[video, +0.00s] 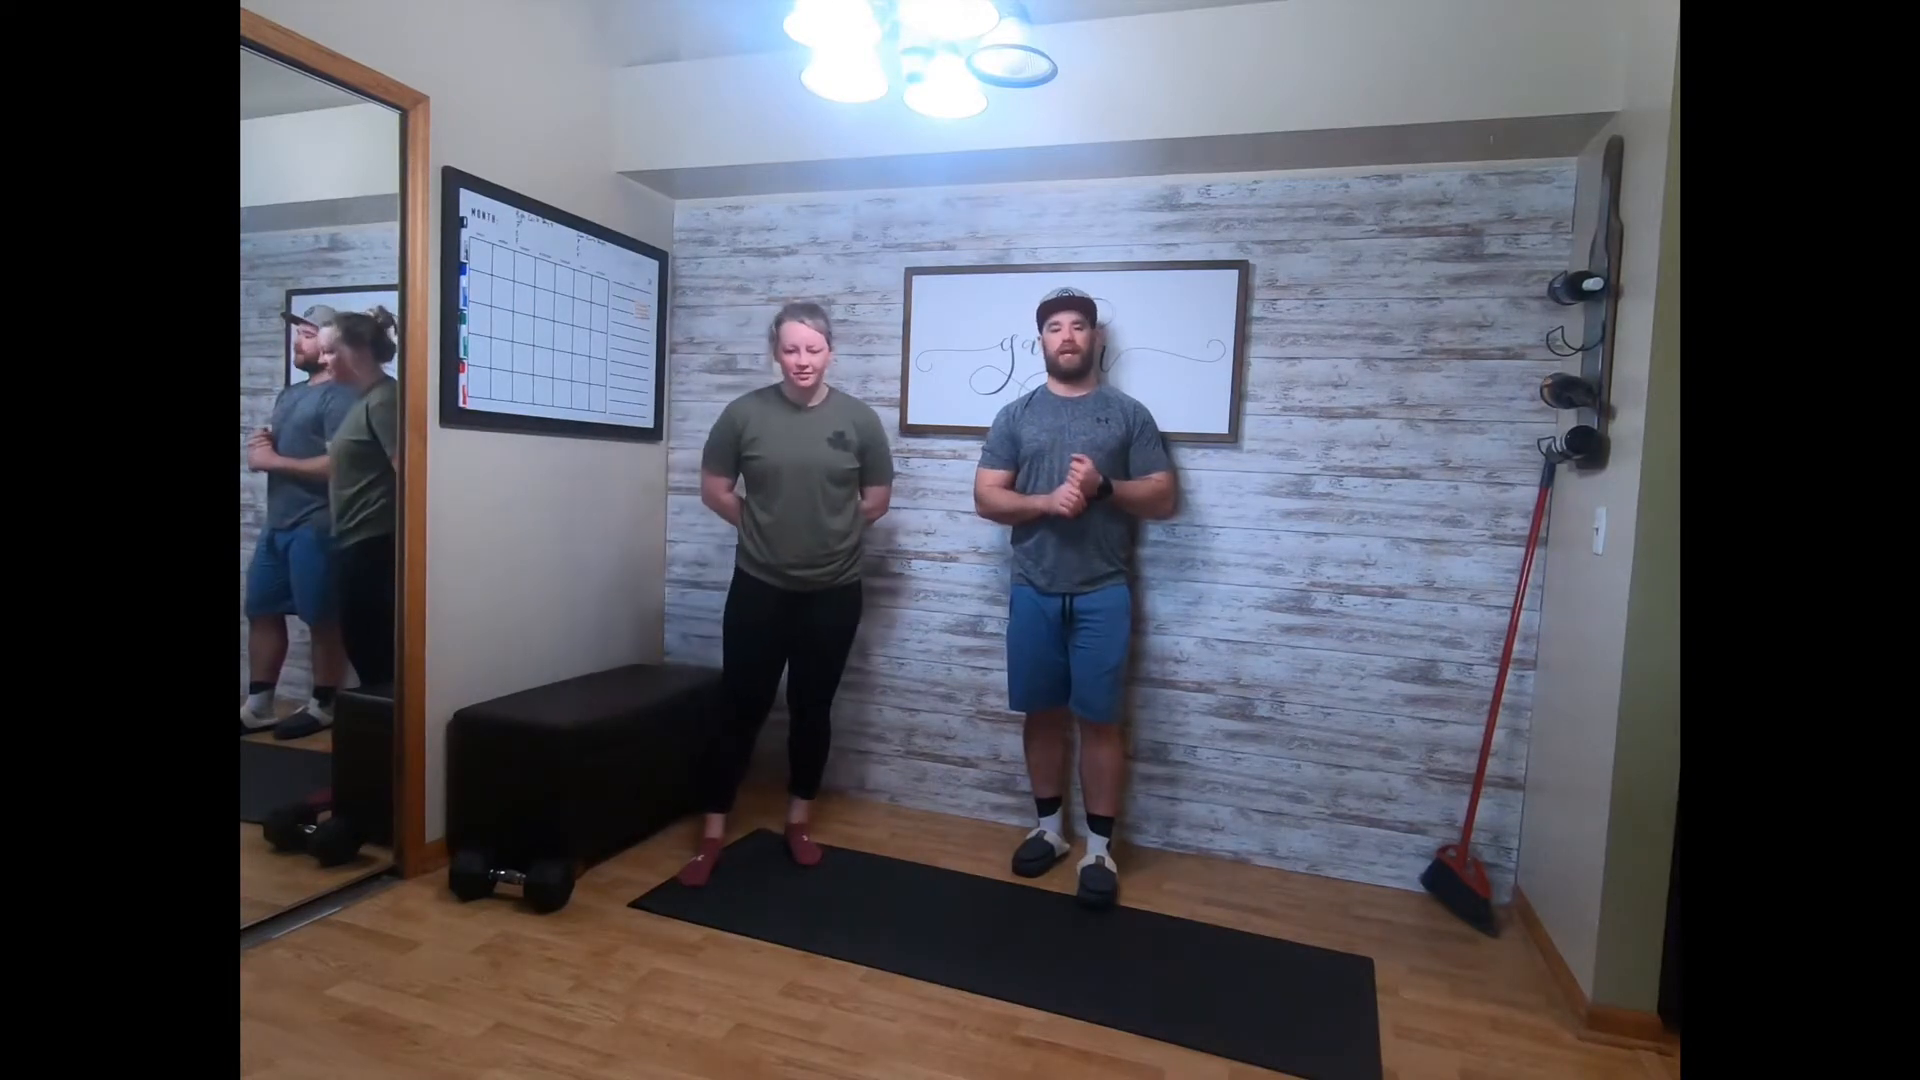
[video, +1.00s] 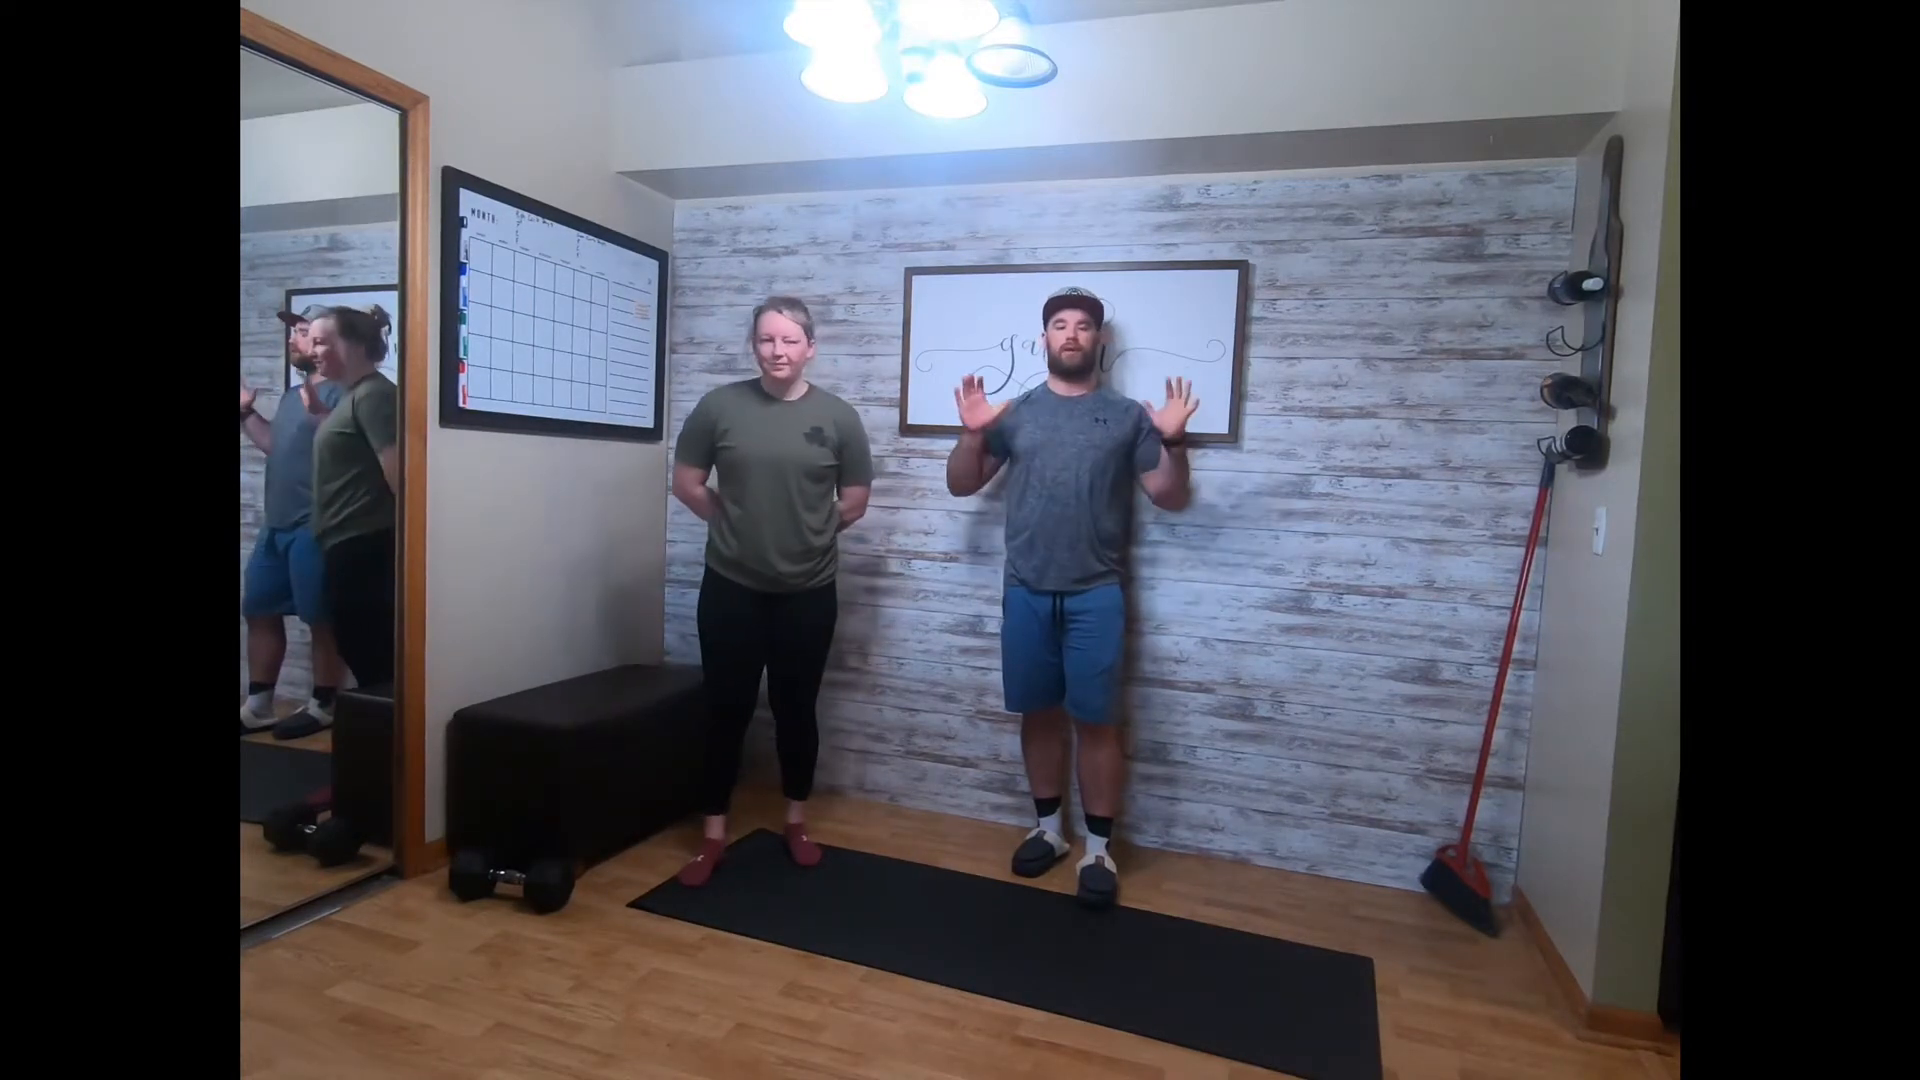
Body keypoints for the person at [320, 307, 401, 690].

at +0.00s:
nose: (326, 362)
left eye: (330, 352)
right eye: (325, 354)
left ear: (355, 350)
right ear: (357, 352)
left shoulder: (383, 400)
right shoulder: (367, 400)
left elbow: (407, 474)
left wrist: (409, 540)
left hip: (376, 544)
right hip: (358, 542)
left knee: (370, 646)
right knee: (364, 644)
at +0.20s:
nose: (326, 365)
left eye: (330, 354)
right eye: (324, 357)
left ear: (357, 351)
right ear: (358, 353)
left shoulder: (388, 400)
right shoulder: (360, 401)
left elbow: (414, 472)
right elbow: (355, 468)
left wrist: (411, 538)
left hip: (380, 544)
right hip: (356, 543)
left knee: (374, 647)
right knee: (363, 645)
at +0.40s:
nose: (324, 368)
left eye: (328, 358)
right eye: (322, 360)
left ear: (357, 353)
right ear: (355, 355)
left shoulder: (390, 400)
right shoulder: (354, 401)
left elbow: (417, 469)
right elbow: (349, 468)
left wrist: (410, 536)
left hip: (382, 545)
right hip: (352, 544)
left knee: (378, 649)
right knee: (366, 647)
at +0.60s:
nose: (323, 367)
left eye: (327, 358)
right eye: (321, 360)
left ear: (354, 353)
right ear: (353, 355)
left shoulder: (390, 399)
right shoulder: (350, 400)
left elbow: (419, 468)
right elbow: (344, 467)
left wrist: (412, 536)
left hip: (380, 544)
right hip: (348, 543)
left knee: (377, 645)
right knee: (362, 642)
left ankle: (393, 736)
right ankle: (382, 733)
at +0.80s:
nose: (320, 362)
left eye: (324, 352)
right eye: (318, 354)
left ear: (353, 348)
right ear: (347, 351)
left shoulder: (384, 397)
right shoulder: (351, 398)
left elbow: (415, 465)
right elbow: (346, 467)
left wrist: (412, 534)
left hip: (375, 542)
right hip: (348, 541)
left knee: (371, 641)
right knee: (358, 639)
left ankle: (391, 733)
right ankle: (380, 727)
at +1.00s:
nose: (317, 351)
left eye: (326, 341)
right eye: (315, 343)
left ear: (357, 344)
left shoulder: (374, 395)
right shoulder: (354, 396)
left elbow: (402, 480)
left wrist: (420, 539)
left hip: (366, 543)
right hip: (347, 543)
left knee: (369, 656)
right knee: (364, 655)